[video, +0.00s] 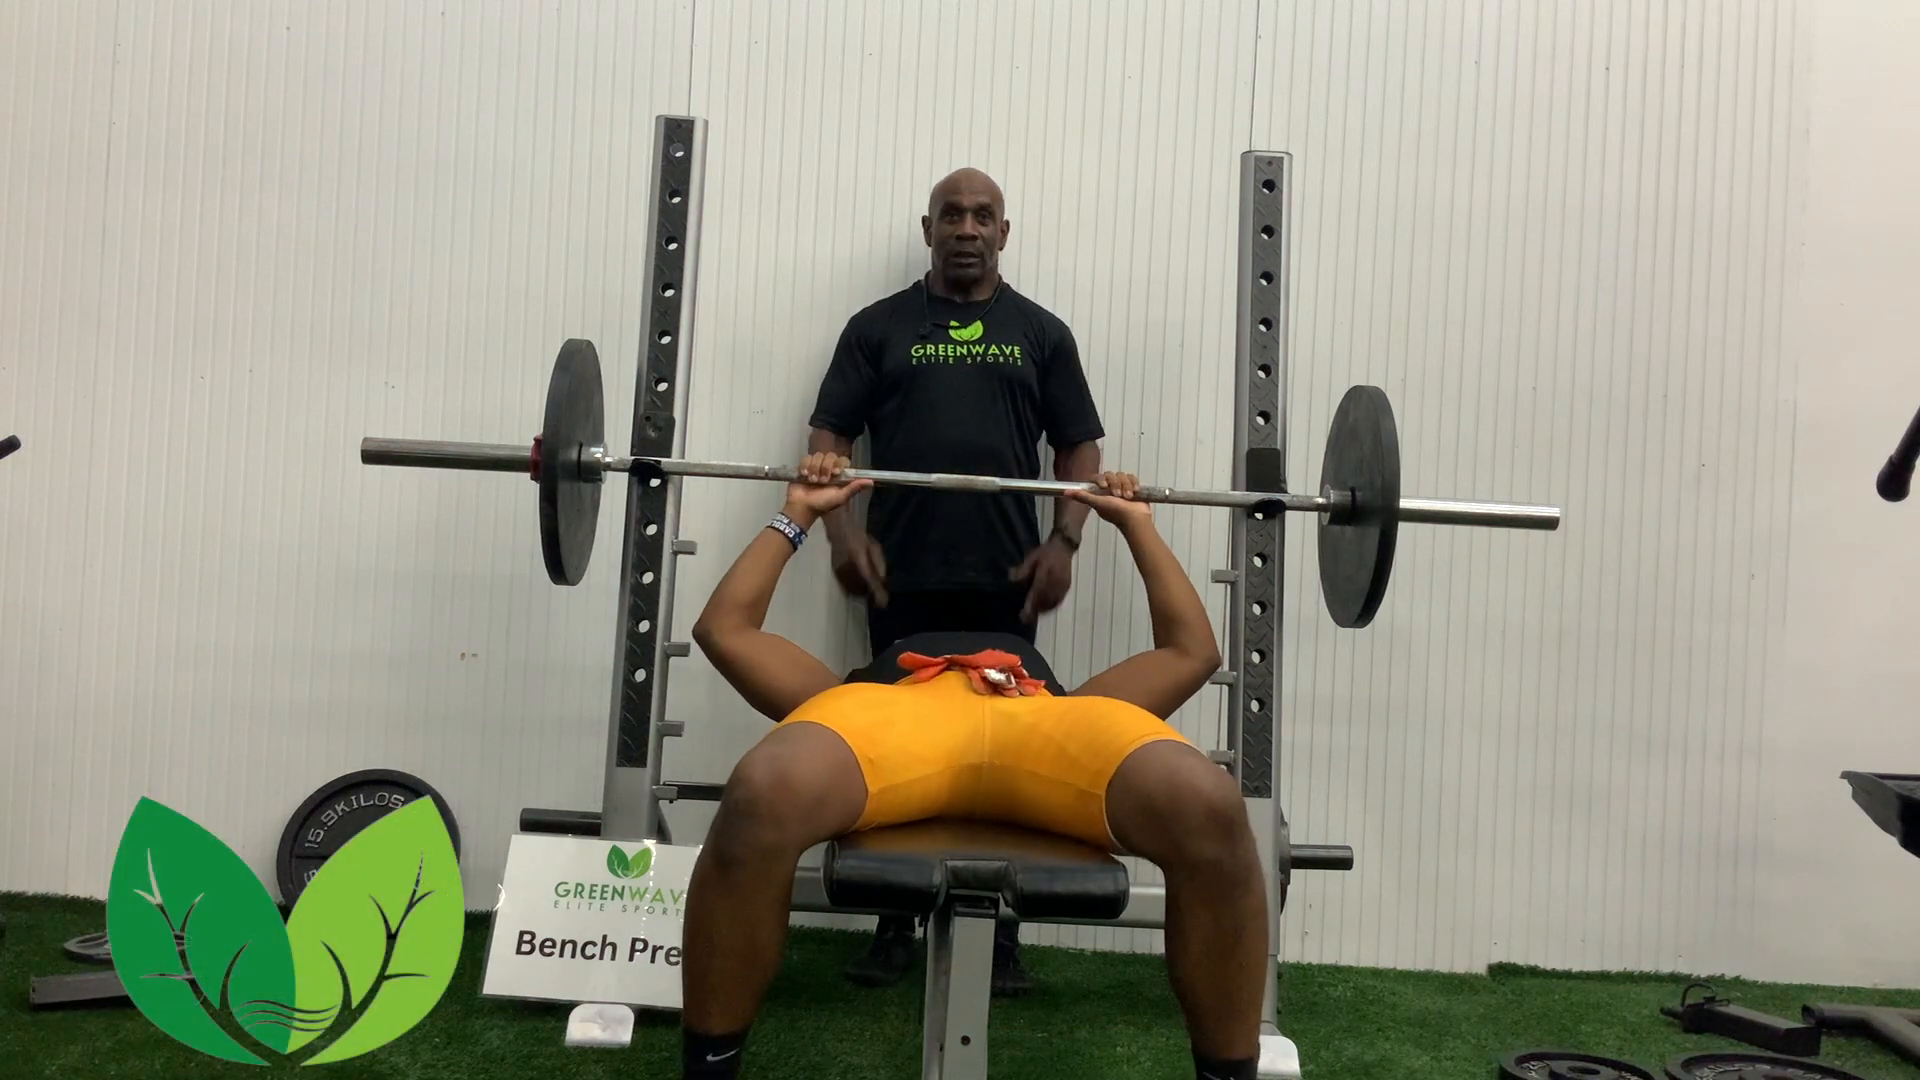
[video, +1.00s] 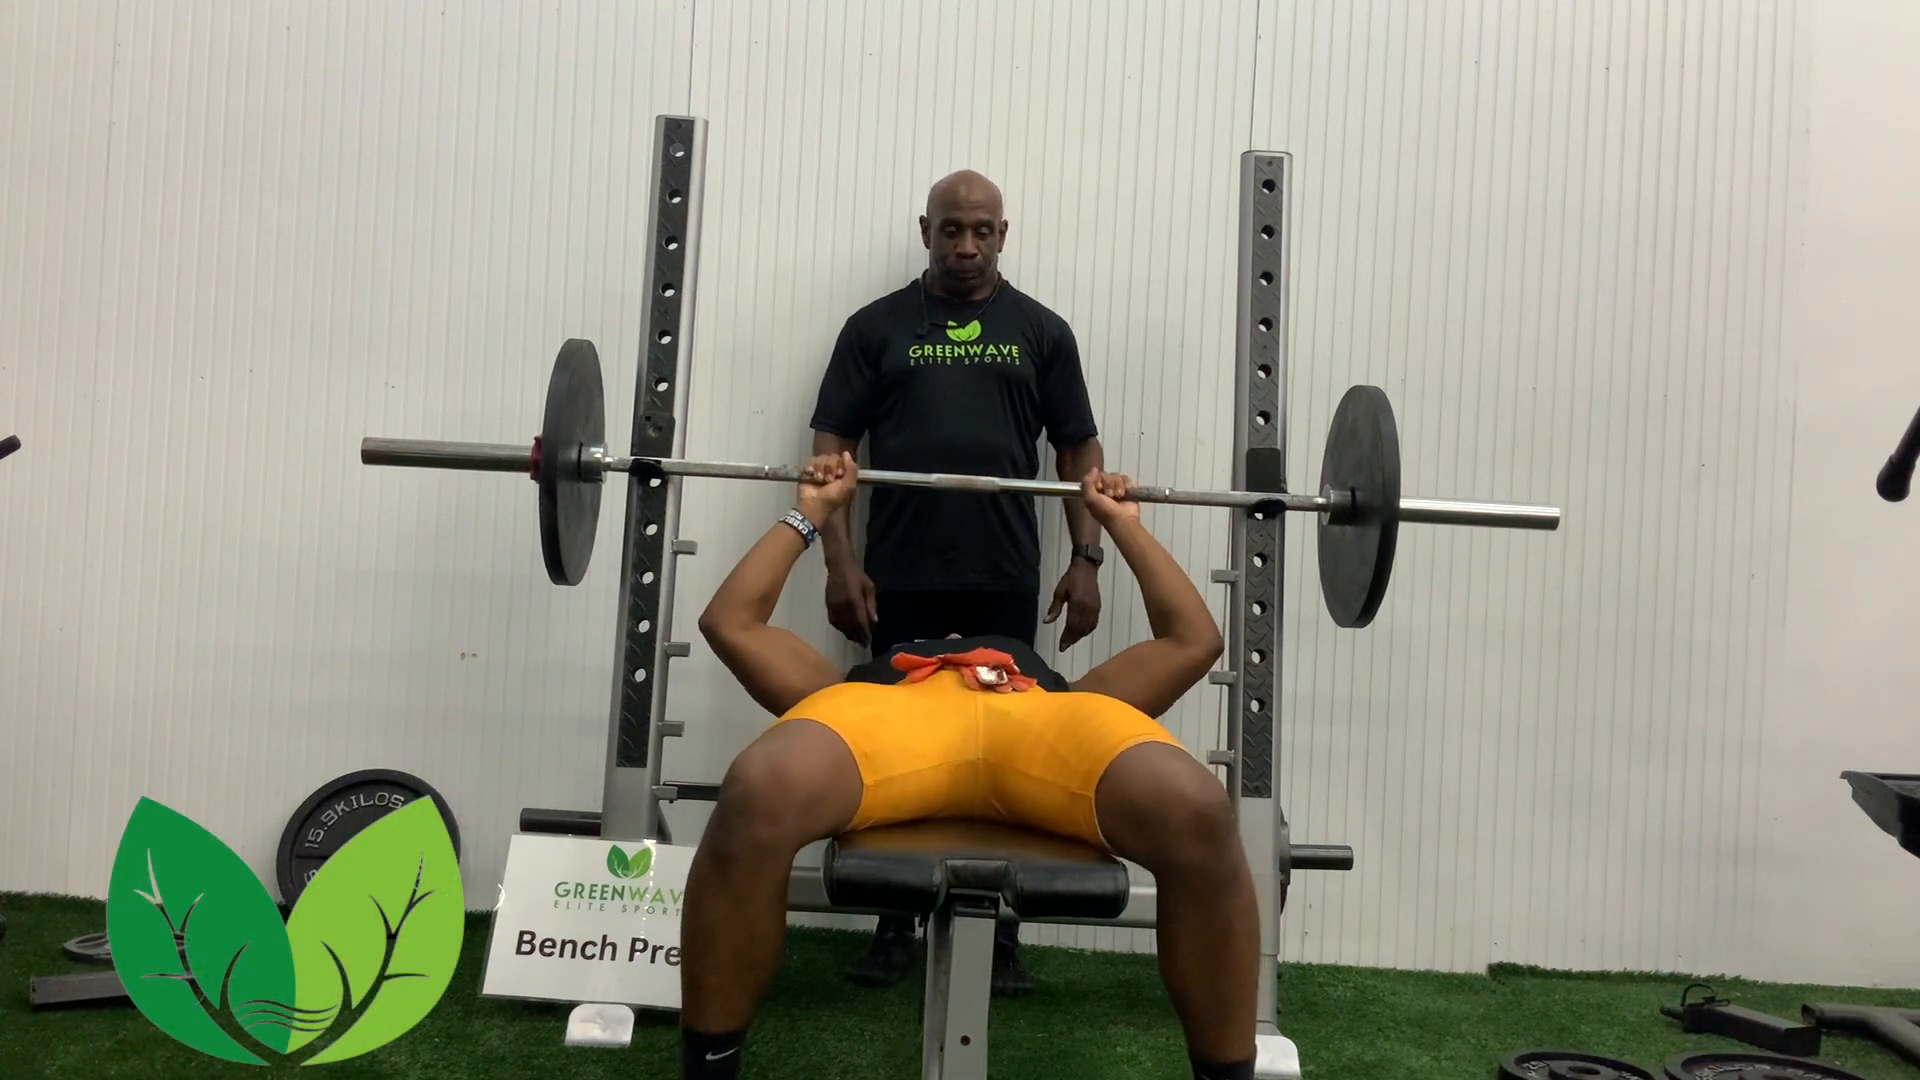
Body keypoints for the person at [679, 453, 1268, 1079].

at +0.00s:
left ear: (1033, 682)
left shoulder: (1069, 705)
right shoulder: (858, 690)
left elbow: (1193, 649)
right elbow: (725, 626)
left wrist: (1134, 519)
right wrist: (799, 514)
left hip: (1053, 717)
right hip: (886, 705)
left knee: (1212, 811)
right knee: (757, 798)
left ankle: (1230, 1072)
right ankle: (708, 1068)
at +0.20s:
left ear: (1033, 682)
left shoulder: (1068, 706)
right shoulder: (857, 690)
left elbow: (1192, 649)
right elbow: (729, 628)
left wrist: (1130, 518)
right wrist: (801, 517)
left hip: (1052, 717)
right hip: (885, 705)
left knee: (1209, 813)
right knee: (755, 797)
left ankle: (1229, 1073)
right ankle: (708, 1069)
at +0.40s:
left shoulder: (1071, 698)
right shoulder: (857, 685)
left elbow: (1194, 648)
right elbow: (730, 626)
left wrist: (1127, 520)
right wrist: (805, 516)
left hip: (1054, 716)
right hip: (884, 704)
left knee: (1207, 814)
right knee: (754, 795)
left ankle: (1227, 1072)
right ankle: (708, 1067)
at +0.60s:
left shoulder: (1069, 692)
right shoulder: (859, 681)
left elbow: (1195, 638)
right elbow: (730, 620)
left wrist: (1120, 519)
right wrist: (806, 513)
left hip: (1054, 716)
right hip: (885, 706)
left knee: (1205, 811)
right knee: (757, 793)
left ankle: (1229, 1070)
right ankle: (709, 1067)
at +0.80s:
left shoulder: (1063, 688)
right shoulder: (854, 679)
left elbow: (1191, 644)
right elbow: (729, 617)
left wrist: (1122, 524)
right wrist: (807, 514)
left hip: (1051, 714)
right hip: (881, 702)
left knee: (1205, 818)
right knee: (753, 795)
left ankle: (1232, 1070)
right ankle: (708, 1066)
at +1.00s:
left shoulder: (1068, 695)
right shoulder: (858, 683)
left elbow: (1193, 636)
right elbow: (730, 622)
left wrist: (1120, 519)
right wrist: (807, 518)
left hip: (1052, 713)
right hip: (885, 705)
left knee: (1202, 816)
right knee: (754, 795)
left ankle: (1229, 1070)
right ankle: (709, 1066)